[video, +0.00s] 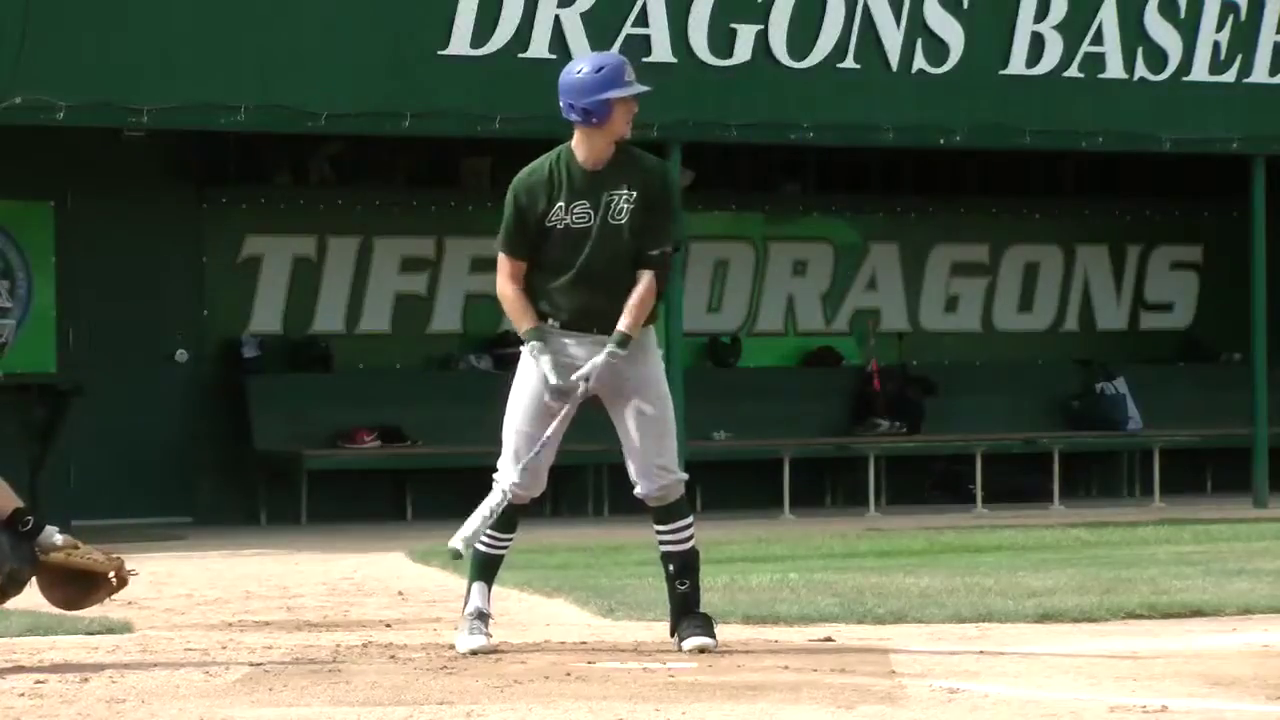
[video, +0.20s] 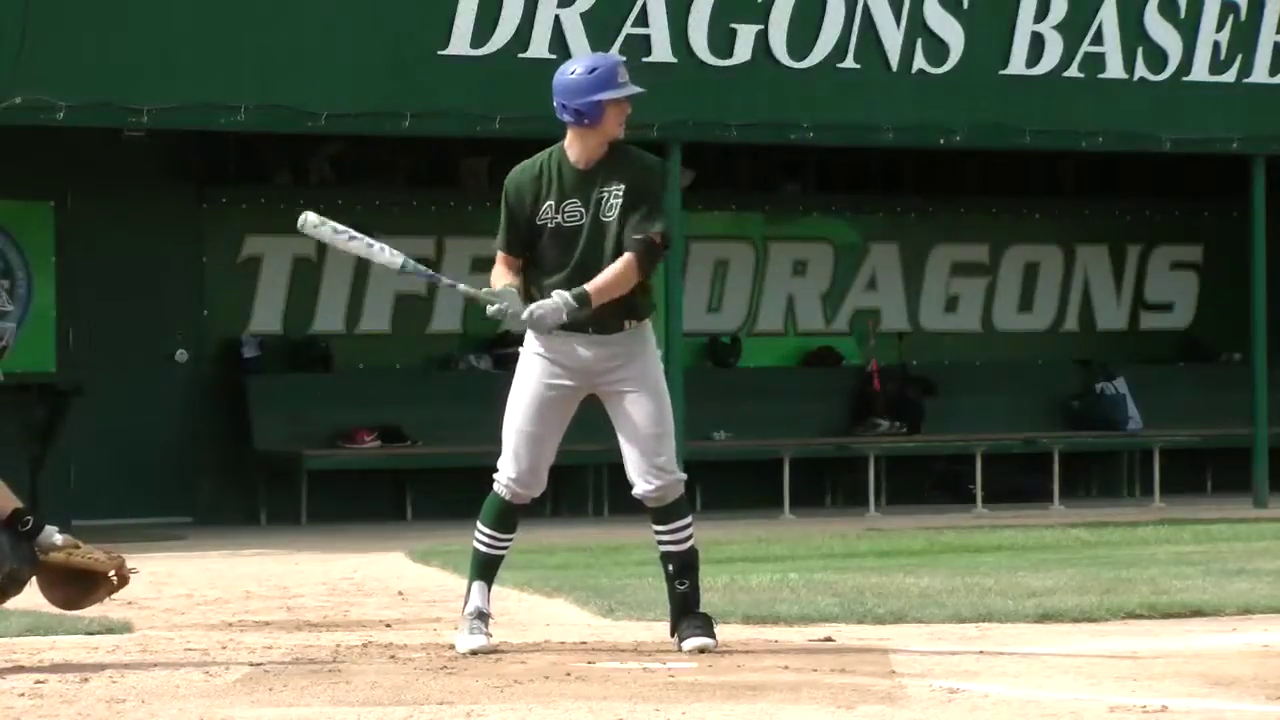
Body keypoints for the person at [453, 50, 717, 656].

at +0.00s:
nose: (634, 111)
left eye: (632, 101)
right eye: (623, 103)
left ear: (616, 108)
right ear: (590, 111)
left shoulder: (652, 179)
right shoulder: (532, 184)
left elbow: (651, 273)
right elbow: (507, 280)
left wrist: (617, 347)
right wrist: (538, 343)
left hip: (631, 343)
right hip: (551, 343)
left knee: (662, 481)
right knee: (516, 480)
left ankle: (688, 616)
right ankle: (476, 610)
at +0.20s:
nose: (627, 111)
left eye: (626, 102)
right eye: (617, 103)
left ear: (607, 110)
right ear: (583, 111)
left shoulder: (642, 174)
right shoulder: (525, 181)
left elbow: (640, 258)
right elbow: (507, 262)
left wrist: (574, 301)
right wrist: (508, 294)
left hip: (629, 348)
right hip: (549, 349)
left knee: (661, 479)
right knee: (516, 477)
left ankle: (688, 616)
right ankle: (476, 608)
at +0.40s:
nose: (606, 113)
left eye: (604, 104)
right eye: (596, 105)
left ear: (580, 112)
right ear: (562, 112)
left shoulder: (617, 170)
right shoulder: (500, 181)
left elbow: (609, 250)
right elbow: (461, 276)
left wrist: (528, 255)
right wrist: (469, 253)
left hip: (610, 348)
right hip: (531, 350)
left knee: (646, 479)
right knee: (505, 480)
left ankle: (688, 615)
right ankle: (474, 610)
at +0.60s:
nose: (582, 112)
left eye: (580, 103)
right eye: (572, 104)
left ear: (556, 111)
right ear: (538, 110)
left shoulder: (591, 169)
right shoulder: (479, 170)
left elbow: (579, 250)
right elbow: (413, 254)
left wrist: (500, 234)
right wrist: (439, 215)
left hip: (588, 345)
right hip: (510, 349)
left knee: (633, 474)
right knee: (491, 479)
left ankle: (686, 604)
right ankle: (472, 609)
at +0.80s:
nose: (578, 111)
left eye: (577, 101)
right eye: (568, 102)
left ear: (563, 109)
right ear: (533, 108)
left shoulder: (590, 169)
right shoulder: (480, 168)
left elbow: (571, 250)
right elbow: (406, 240)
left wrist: (491, 223)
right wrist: (434, 203)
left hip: (587, 345)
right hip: (510, 347)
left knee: (623, 477)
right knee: (492, 478)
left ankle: (681, 591)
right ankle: (472, 609)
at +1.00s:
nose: (599, 116)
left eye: (600, 106)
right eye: (589, 107)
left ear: (591, 112)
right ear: (554, 113)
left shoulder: (614, 173)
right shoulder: (503, 176)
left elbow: (600, 251)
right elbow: (431, 251)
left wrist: (517, 228)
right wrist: (458, 213)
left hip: (608, 350)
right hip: (531, 350)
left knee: (641, 485)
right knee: (509, 479)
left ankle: (685, 608)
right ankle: (474, 611)